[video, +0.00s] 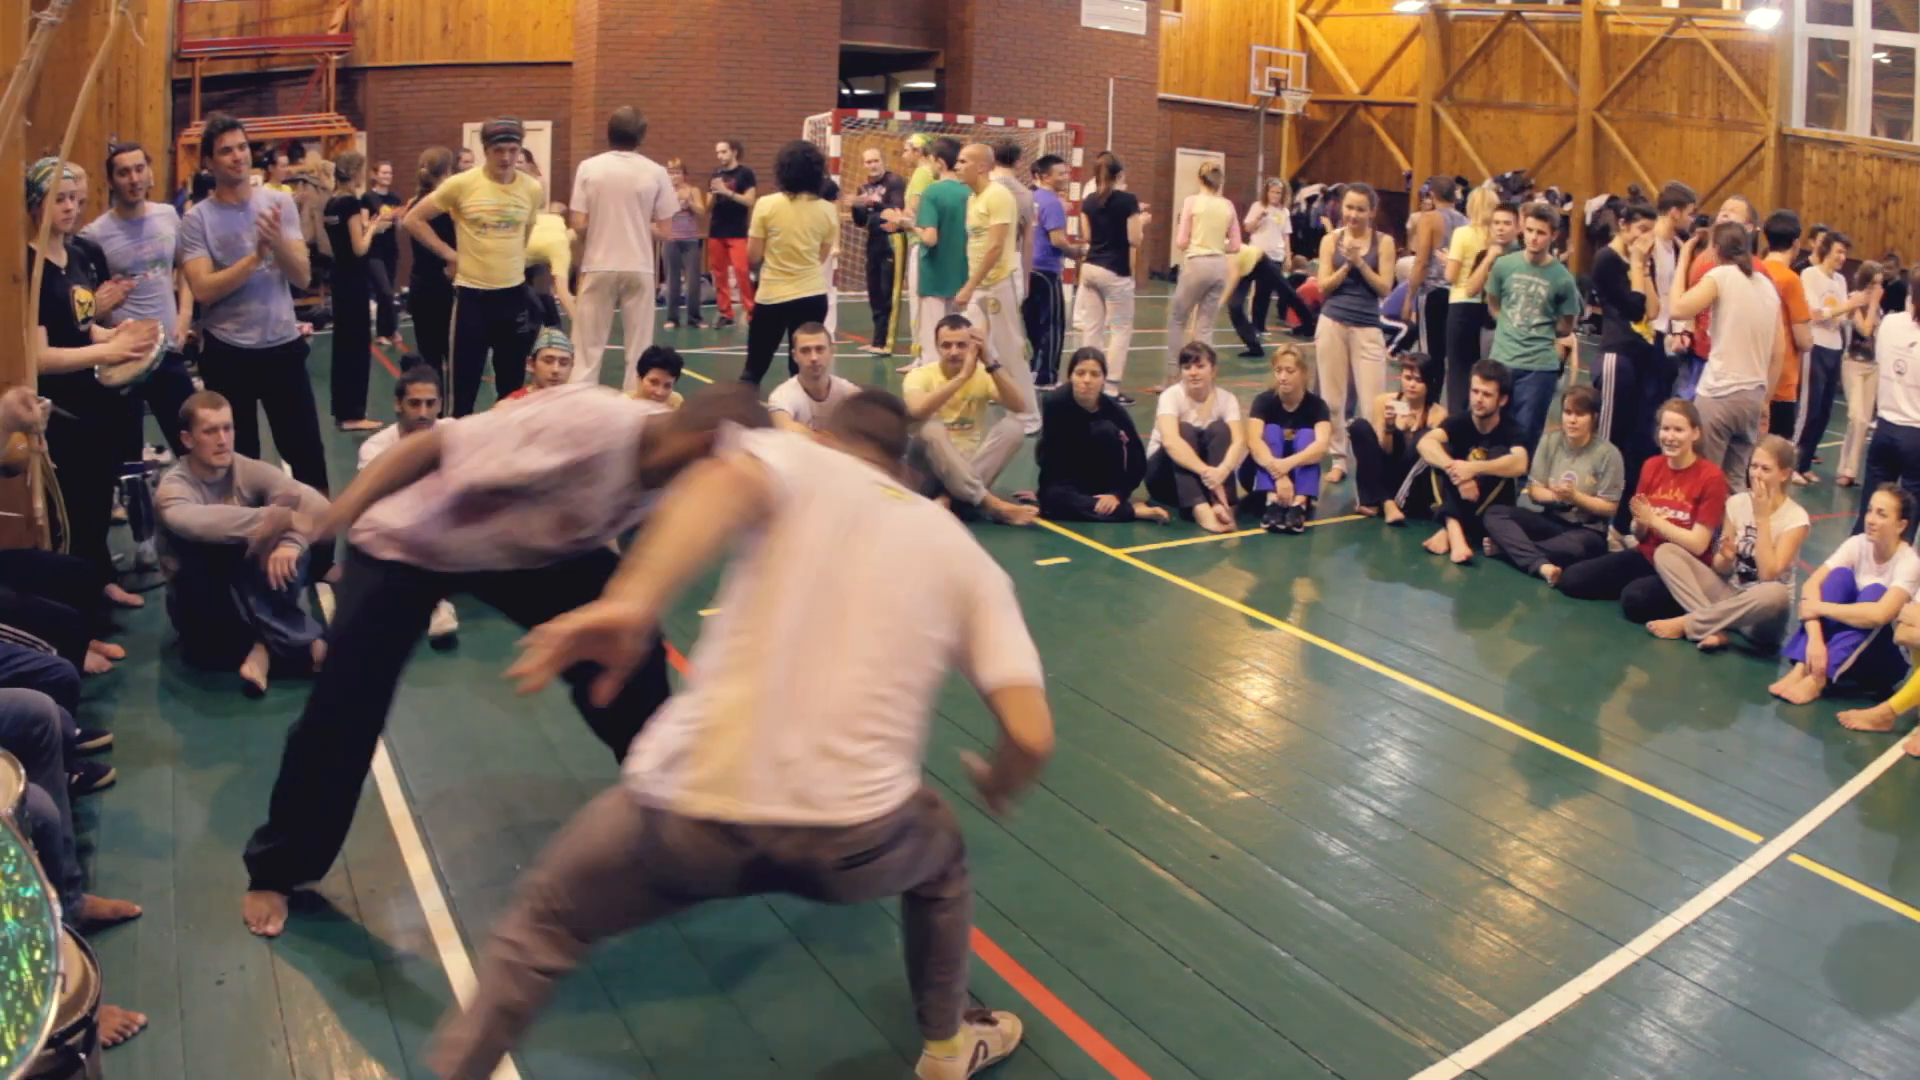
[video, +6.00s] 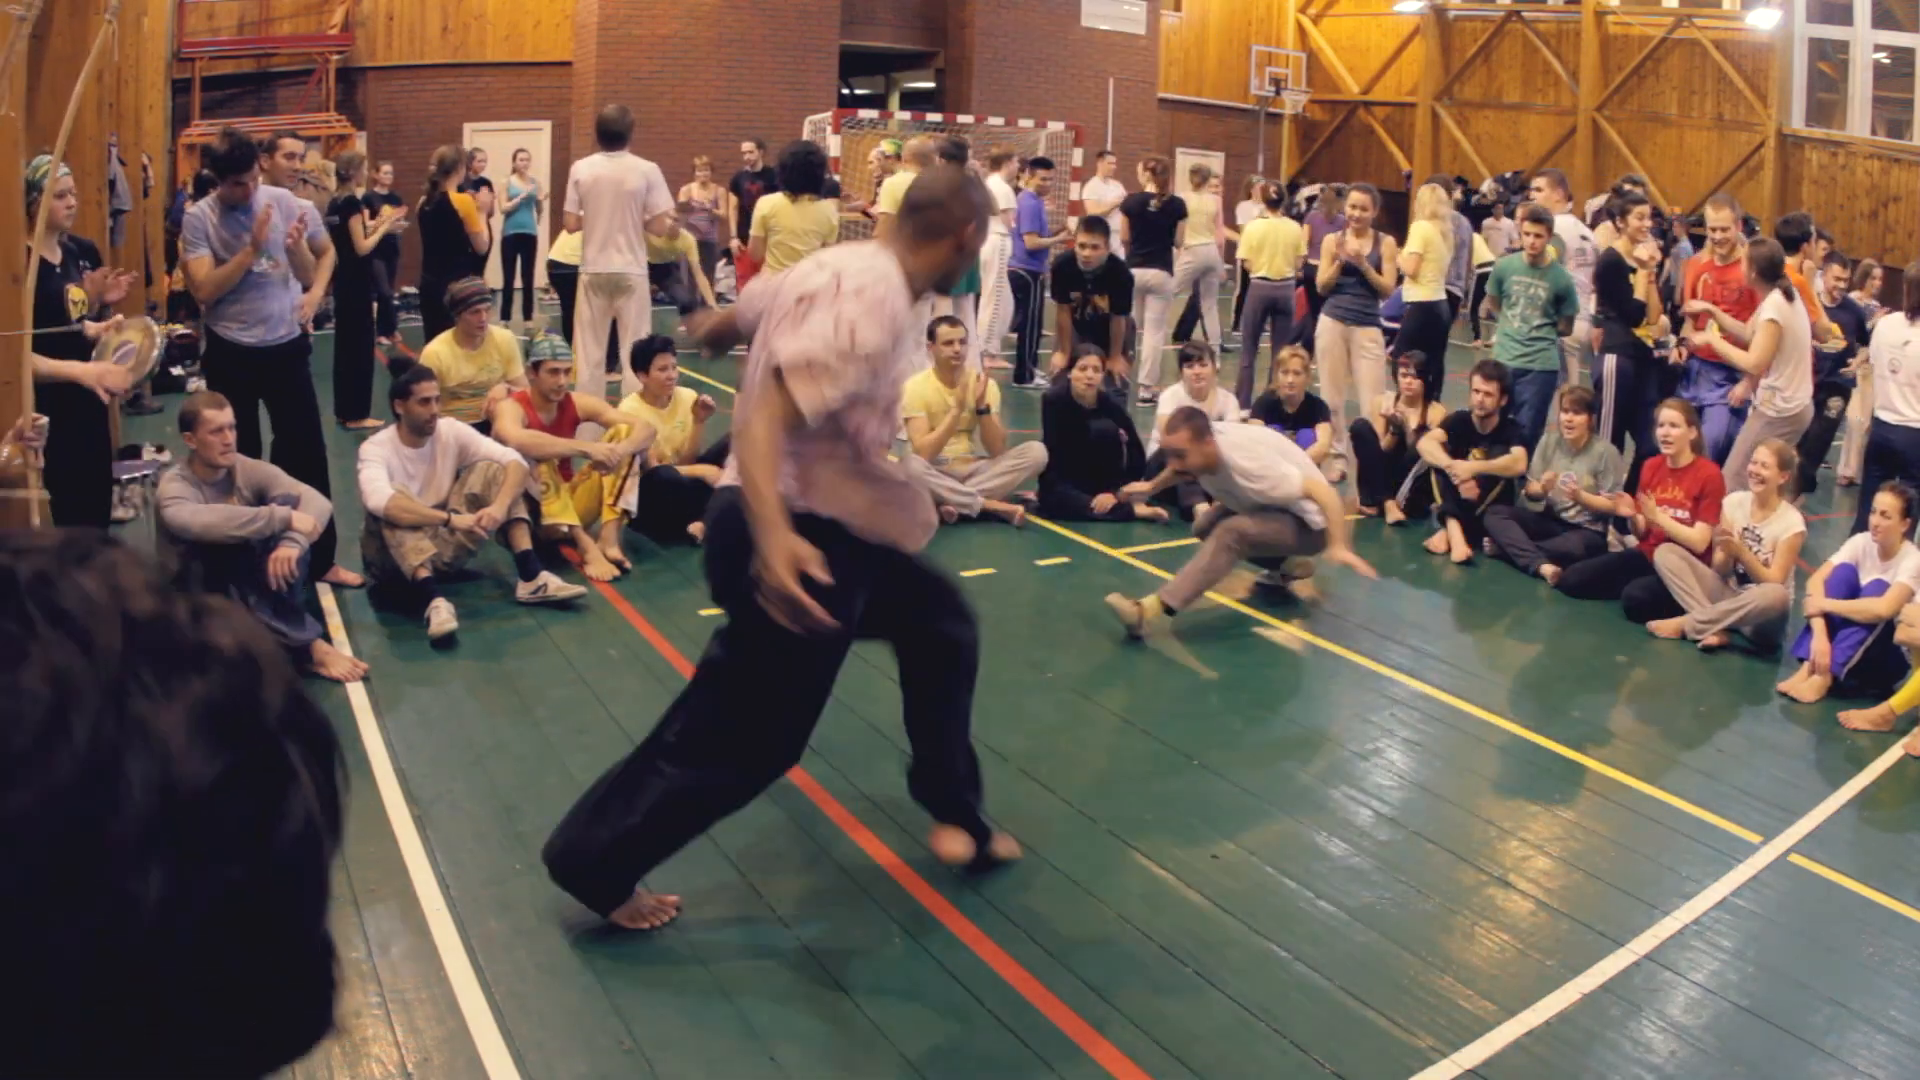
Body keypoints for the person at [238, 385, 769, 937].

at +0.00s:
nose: (714, 472)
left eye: (726, 461)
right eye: (714, 454)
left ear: (722, 451)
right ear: (688, 427)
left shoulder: (682, 470)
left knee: (629, 663)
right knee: (346, 703)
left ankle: (691, 818)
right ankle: (274, 870)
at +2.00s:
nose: (1364, 253)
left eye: (1367, 242)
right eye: (1357, 242)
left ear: (1324, 227)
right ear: (1320, 228)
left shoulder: (1308, 237)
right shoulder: (1231, 264)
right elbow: (1153, 323)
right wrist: (1110, 357)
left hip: (1250, 363)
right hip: (1181, 368)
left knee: (1297, 477)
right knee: (1161, 492)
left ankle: (1287, 602)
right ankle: (1126, 555)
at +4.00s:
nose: (1080, 360)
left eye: (1086, 340)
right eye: (1085, 341)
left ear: (965, 295)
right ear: (1070, 341)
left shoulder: (808, 356)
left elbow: (653, 504)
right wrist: (1130, 804)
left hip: (650, 736)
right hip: (776, 780)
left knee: (775, 1021)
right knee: (854, 1047)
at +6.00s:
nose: (976, 253)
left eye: (978, 237)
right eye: (976, 237)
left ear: (905, 215)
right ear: (956, 233)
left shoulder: (831, 264)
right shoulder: (875, 298)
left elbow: (718, 327)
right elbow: (763, 405)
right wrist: (773, 533)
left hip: (778, 522)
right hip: (805, 538)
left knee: (941, 619)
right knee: (750, 735)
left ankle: (955, 816)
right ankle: (598, 866)